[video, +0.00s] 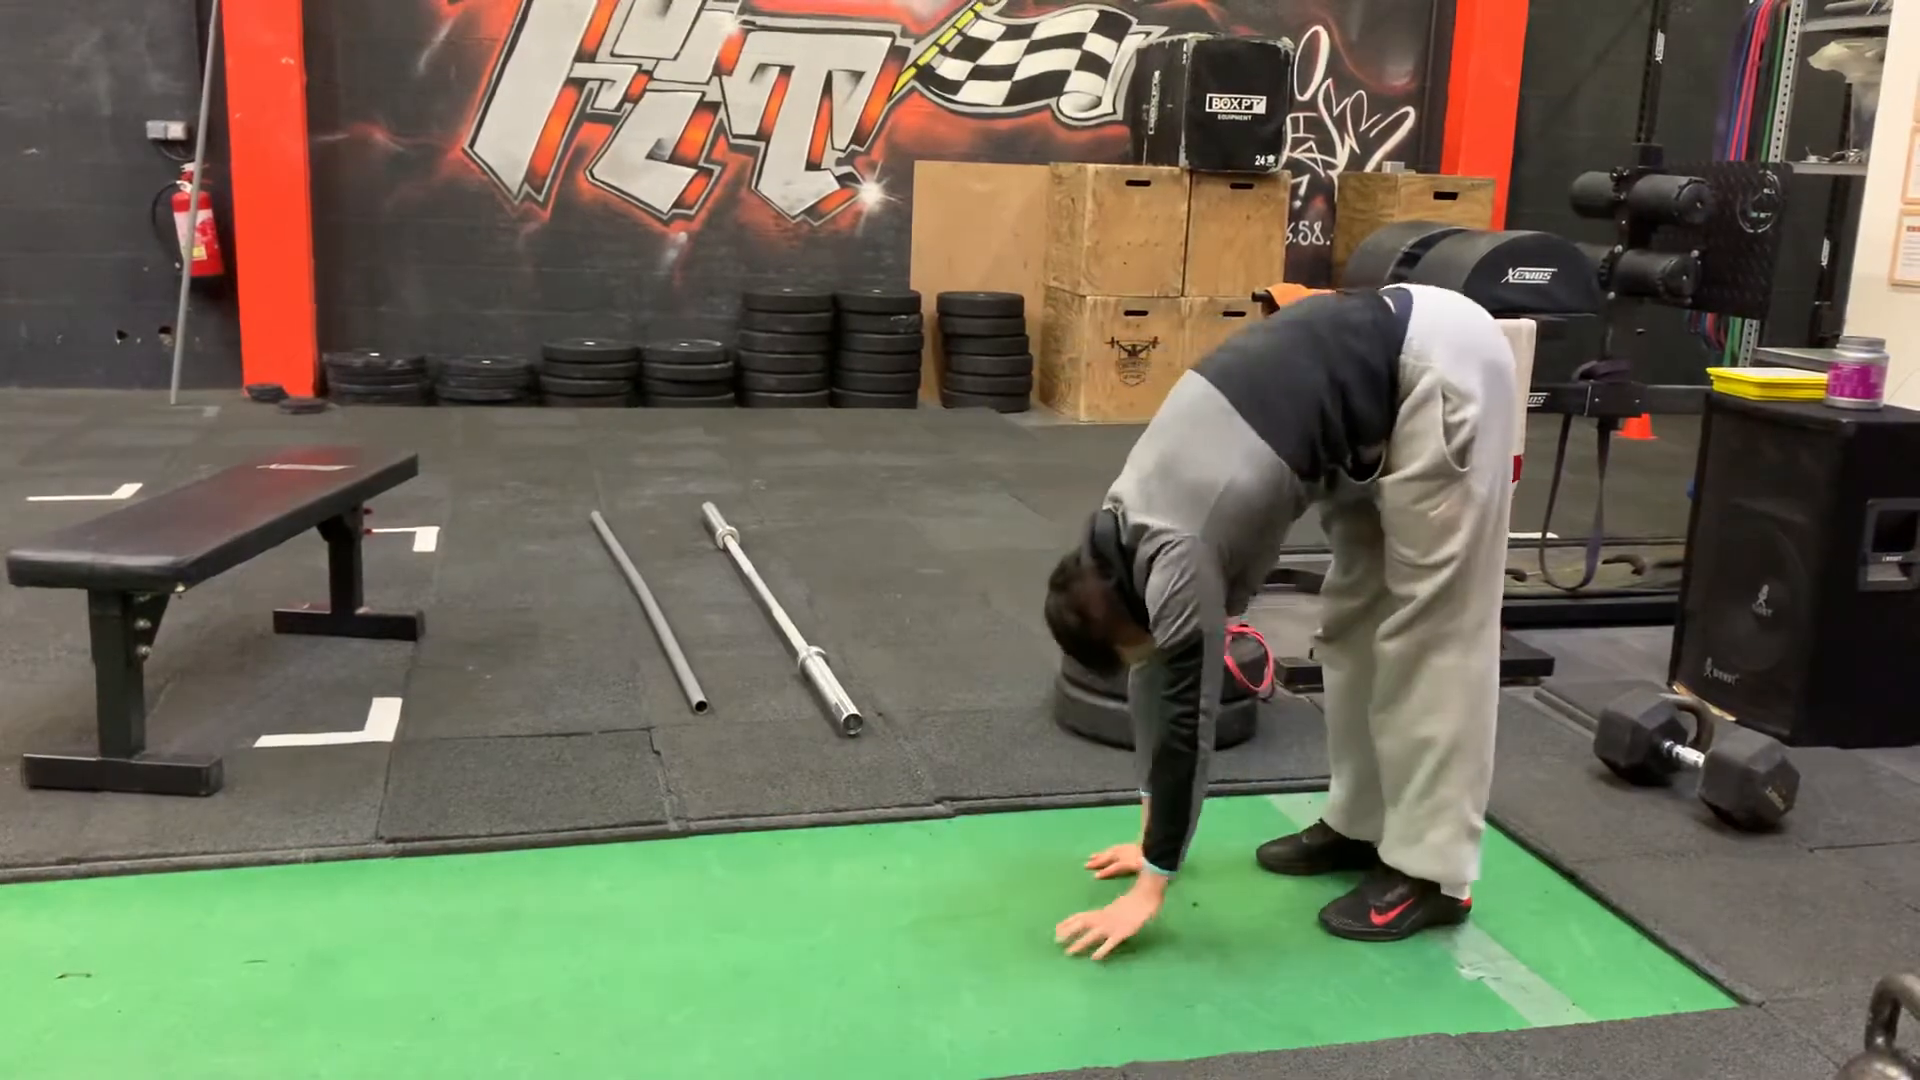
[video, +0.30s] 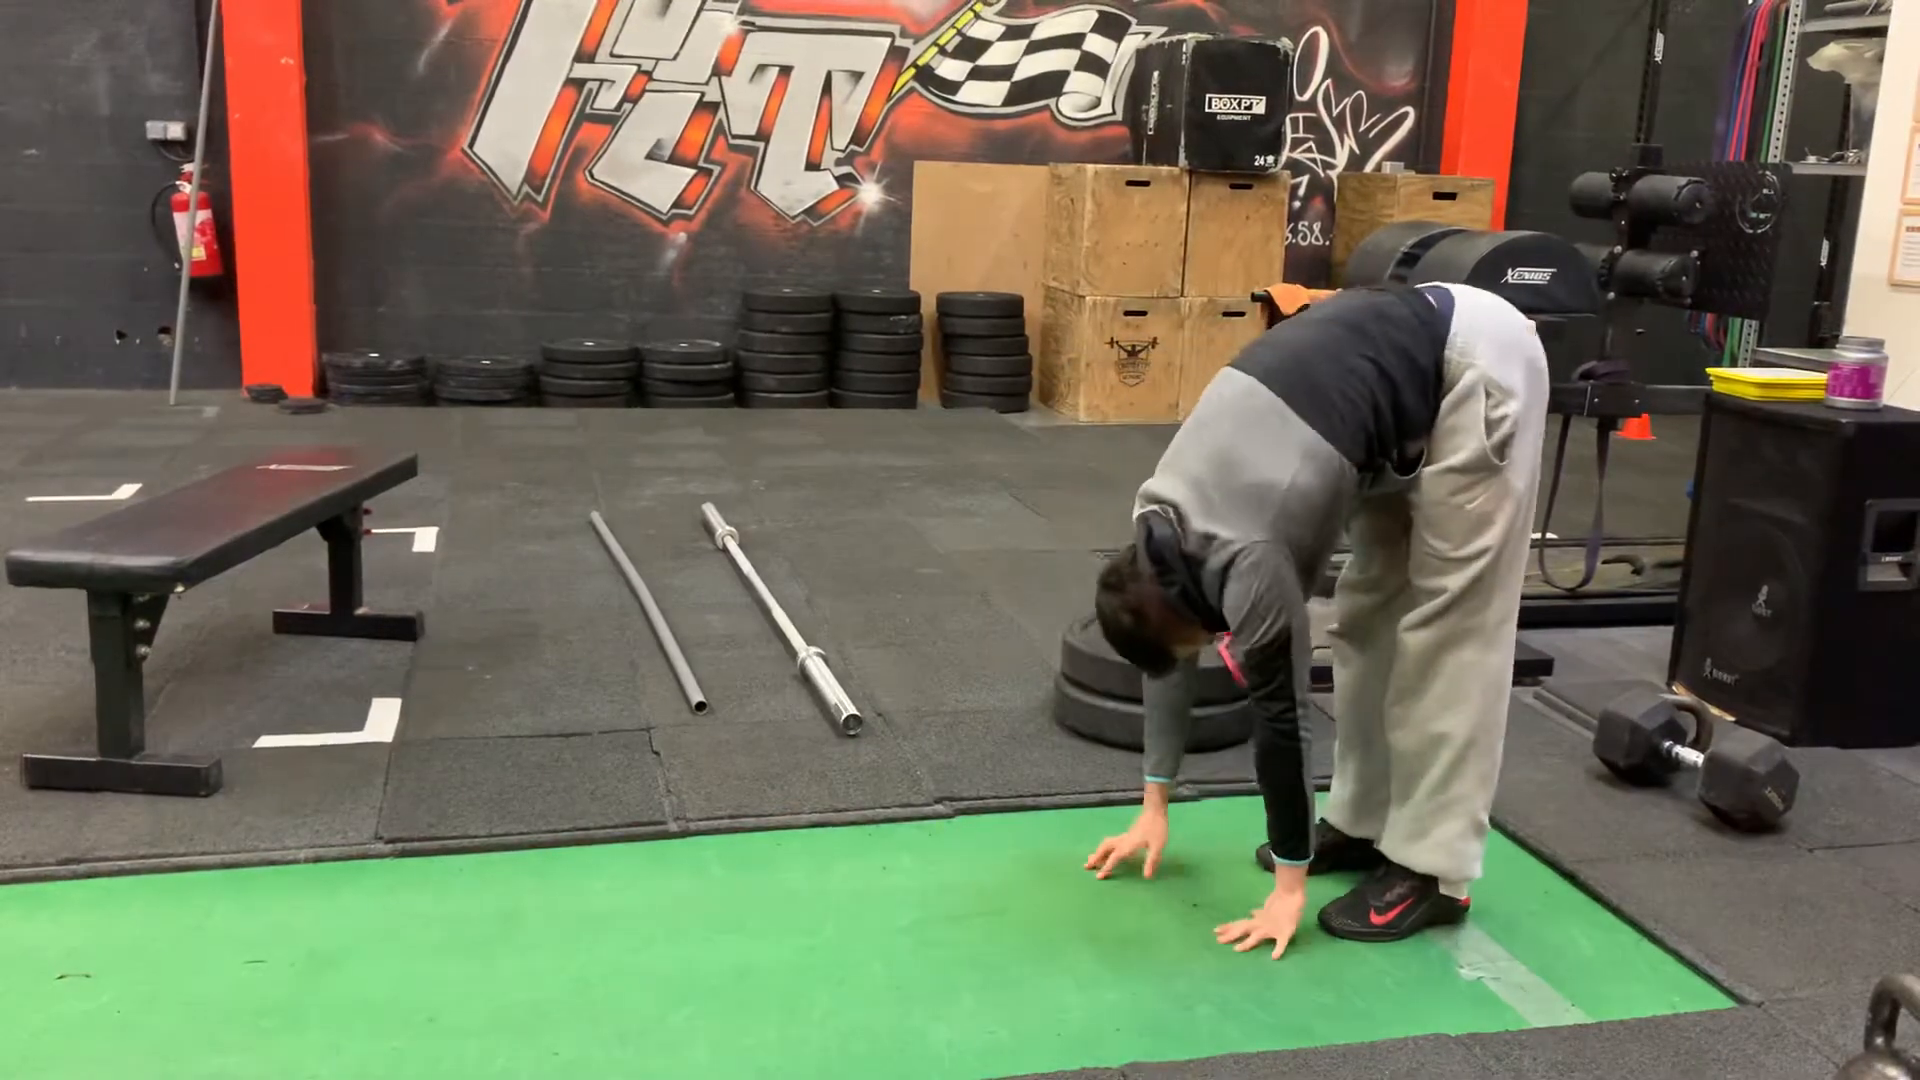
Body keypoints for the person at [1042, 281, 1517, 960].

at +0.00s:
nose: (1144, 659)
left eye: (1135, 650)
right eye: (1133, 657)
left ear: (1121, 612)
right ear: (1110, 602)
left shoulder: (1178, 555)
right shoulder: (1123, 528)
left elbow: (1185, 723)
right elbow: (1161, 688)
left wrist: (1151, 884)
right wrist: (1155, 833)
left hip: (1442, 365)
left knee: (1429, 631)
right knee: (1355, 624)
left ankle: (1434, 873)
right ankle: (1359, 827)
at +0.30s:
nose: (1206, 646)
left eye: (1195, 642)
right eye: (1189, 651)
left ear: (1173, 610)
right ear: (1154, 608)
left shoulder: (1251, 562)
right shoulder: (1155, 522)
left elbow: (1278, 721)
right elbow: (1164, 668)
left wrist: (1289, 886)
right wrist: (1153, 809)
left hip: (1478, 359)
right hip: (1385, 352)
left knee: (1448, 626)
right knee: (1368, 619)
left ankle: (1434, 871)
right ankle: (1363, 825)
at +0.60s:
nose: (1194, 590)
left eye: (1182, 584)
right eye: (1181, 588)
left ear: (1167, 548)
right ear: (1156, 539)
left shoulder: (1253, 500)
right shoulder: (1189, 473)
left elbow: (1273, 673)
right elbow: (1232, 646)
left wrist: (1273, 842)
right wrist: (1258, 792)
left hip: (1508, 366)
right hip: (1421, 377)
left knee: (1473, 627)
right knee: (1397, 617)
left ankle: (1438, 868)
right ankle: (1365, 823)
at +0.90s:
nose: (1177, 438)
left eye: (1167, 426)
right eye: (1162, 433)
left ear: (1176, 386)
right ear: (1173, 377)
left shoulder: (1292, 361)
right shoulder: (1221, 351)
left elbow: (1353, 511)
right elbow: (1266, 503)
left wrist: (1404, 657)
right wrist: (1309, 632)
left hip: (1530, 374)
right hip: (1434, 394)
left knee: (1496, 628)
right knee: (1411, 618)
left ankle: (1441, 867)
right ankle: (1373, 819)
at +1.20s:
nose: (1229, 138)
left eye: (1230, 113)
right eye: (1214, 123)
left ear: (1276, 68)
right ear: (1227, 99)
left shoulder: (1407, 127)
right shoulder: (1282, 148)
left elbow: (1470, 303)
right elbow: (1289, 290)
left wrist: (1454, 467)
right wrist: (1301, 429)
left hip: (1486, 371)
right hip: (1387, 370)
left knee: (1463, 617)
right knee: (1371, 603)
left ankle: (1439, 861)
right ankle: (1374, 812)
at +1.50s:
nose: (1307, 45)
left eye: (1317, 21)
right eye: (1297, 28)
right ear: (1313, 21)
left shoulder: (1474, 91)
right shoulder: (1347, 87)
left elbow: (1462, 274)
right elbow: (1307, 241)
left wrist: (1389, 436)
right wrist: (1243, 377)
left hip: (1431, 383)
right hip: (1344, 376)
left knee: (1422, 633)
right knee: (1335, 619)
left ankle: (1434, 864)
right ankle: (1368, 813)